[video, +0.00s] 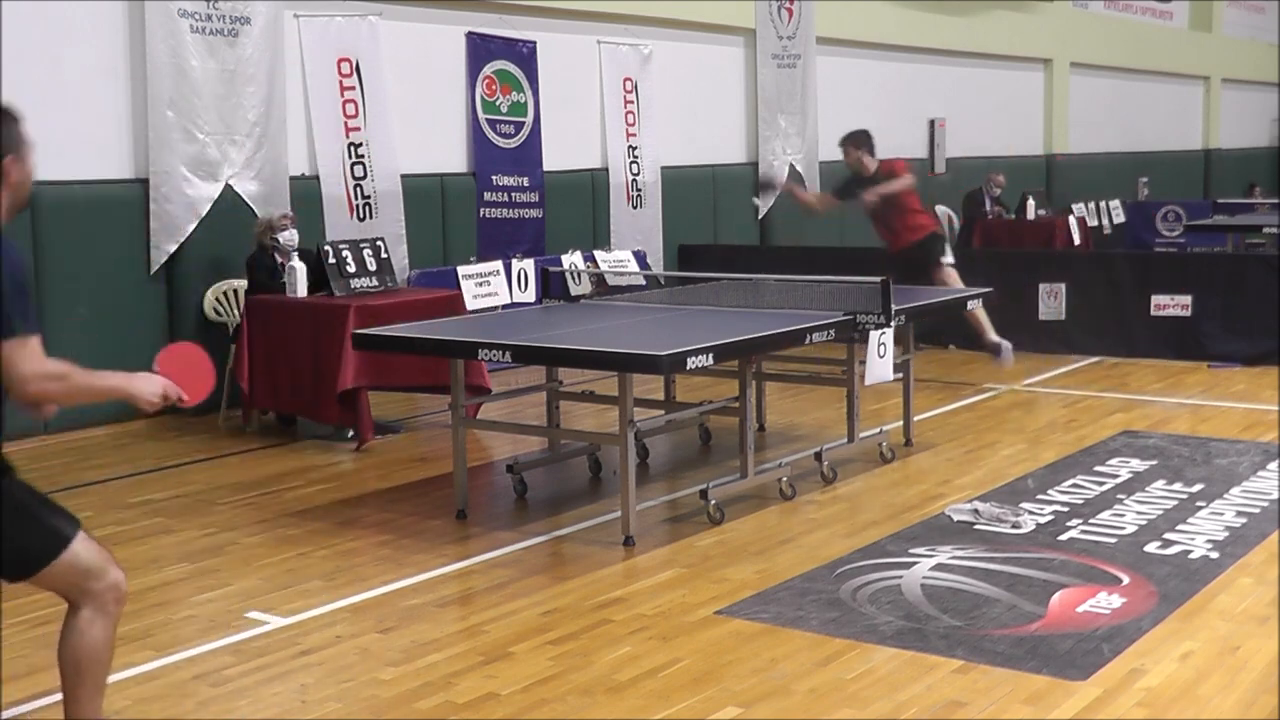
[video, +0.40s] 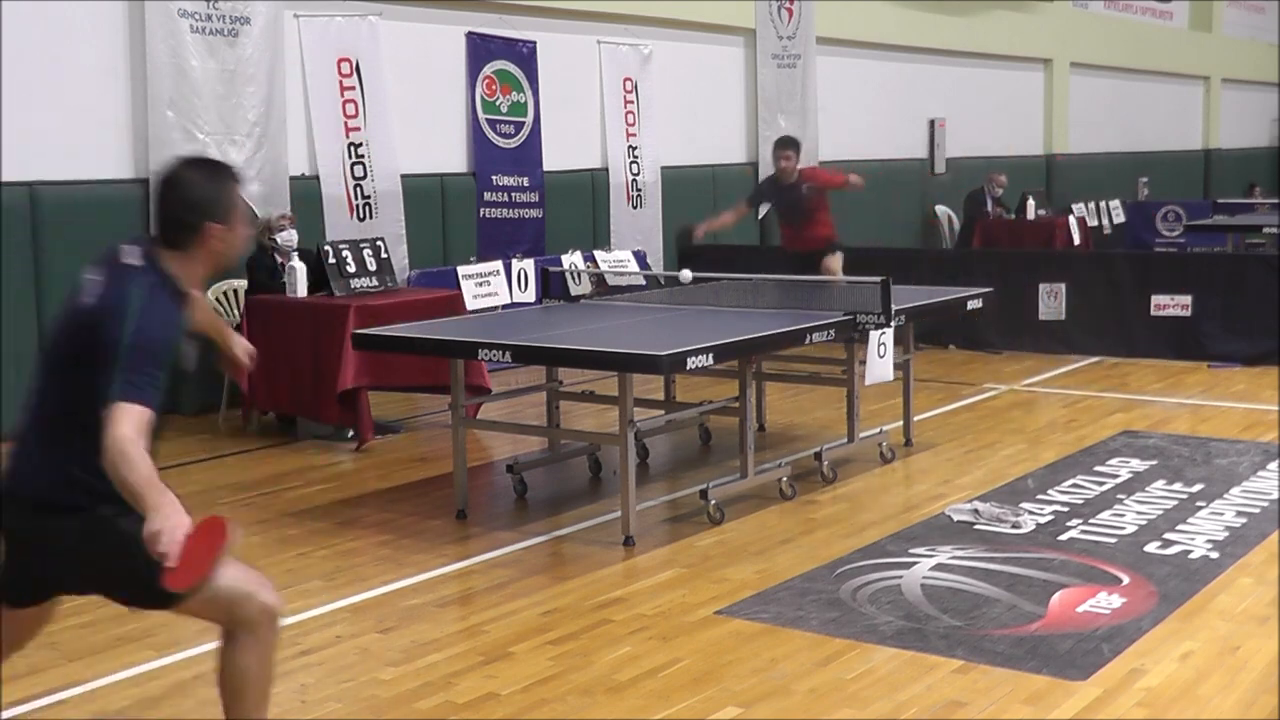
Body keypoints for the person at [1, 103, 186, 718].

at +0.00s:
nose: (30, 172)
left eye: (26, 159)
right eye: (27, 160)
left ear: (6, 171)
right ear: (12, 168)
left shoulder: (7, 251)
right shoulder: (5, 253)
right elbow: (28, 378)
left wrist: (30, 387)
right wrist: (128, 383)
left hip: (4, 479)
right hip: (1, 482)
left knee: (95, 583)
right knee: (101, 586)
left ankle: (82, 707)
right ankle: (82, 712)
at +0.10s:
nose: (65, 140)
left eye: (62, 126)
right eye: (61, 128)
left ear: (13, 144)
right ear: (42, 141)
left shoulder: (19, 215)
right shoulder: (22, 218)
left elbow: (49, 343)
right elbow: (52, 348)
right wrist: (151, 384)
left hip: (8, 450)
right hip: (4, 454)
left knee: (101, 573)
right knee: (105, 575)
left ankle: (82, 708)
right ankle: (83, 713)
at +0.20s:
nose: (116, 155)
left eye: (114, 142)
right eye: (113, 143)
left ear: (44, 146)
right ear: (96, 153)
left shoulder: (11, 197)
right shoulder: (70, 229)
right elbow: (95, 357)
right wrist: (201, 406)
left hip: (12, 442)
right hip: (10, 446)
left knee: (126, 579)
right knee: (129, 581)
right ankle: (151, 710)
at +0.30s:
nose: (151, 189)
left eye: (149, 175)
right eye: (148, 176)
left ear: (76, 176)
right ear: (126, 186)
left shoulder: (26, 227)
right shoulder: (87, 262)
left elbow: (64, 347)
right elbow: (95, 400)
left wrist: (160, 382)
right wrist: (200, 468)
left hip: (10, 476)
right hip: (22, 484)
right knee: (188, 579)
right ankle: (208, 711)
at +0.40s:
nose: (249, 228)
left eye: (246, 216)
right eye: (242, 218)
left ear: (176, 223)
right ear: (213, 234)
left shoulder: (128, 262)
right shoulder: (151, 306)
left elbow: (184, 299)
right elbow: (122, 440)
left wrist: (227, 339)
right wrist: (165, 509)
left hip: (28, 509)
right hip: (80, 520)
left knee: (13, 627)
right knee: (255, 607)